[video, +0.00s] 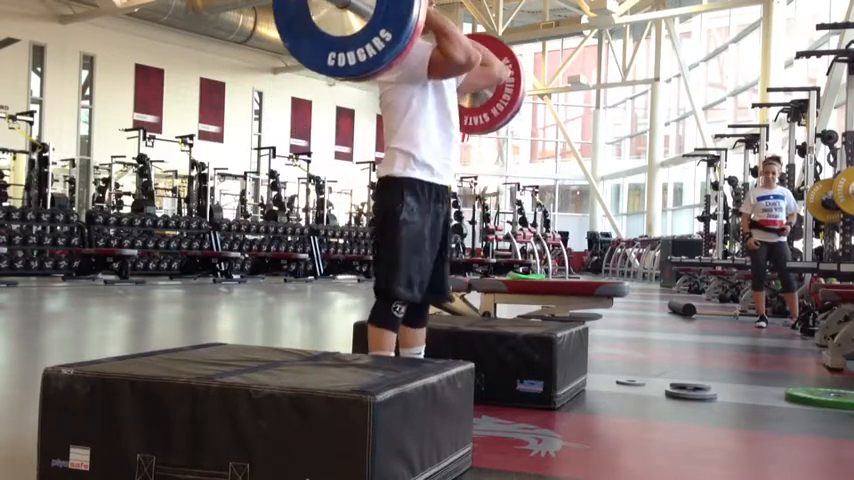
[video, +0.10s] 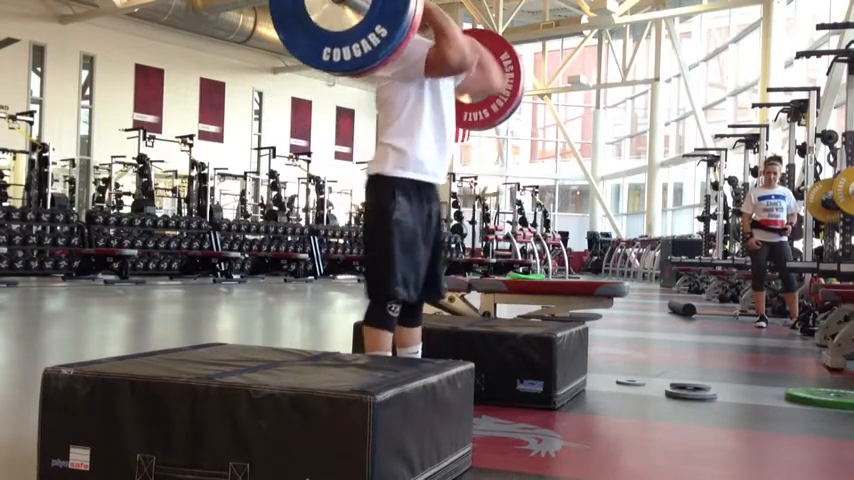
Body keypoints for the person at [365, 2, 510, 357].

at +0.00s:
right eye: (417, 12)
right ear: (405, 18)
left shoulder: (438, 64)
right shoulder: (396, 53)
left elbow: (496, 70)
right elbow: (460, 56)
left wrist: (453, 33)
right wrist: (428, 14)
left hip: (436, 189)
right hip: (405, 186)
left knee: (420, 299)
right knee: (394, 297)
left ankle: (412, 384)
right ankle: (381, 388)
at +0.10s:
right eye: (415, 7)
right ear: (407, 11)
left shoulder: (437, 54)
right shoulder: (393, 45)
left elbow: (494, 80)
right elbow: (456, 57)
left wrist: (454, 30)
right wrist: (430, 9)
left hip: (426, 187)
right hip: (394, 185)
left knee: (414, 299)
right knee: (387, 298)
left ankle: (411, 387)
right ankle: (379, 390)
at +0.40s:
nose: (415, 15)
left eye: (417, 9)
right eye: (408, 6)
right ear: (381, 7)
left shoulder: (399, 65)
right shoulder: (362, 52)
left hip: (396, 196)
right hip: (361, 194)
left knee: (403, 292)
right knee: (367, 299)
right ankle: (373, 386)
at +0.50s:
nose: (398, 24)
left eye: (402, 16)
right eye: (390, 14)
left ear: (403, 20)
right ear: (363, 13)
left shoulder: (381, 70)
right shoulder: (340, 58)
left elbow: (373, 136)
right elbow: (292, 113)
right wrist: (252, 160)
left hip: (375, 189)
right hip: (343, 186)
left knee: (370, 286)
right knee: (358, 291)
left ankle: (323, 365)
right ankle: (373, 384)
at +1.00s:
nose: (281, 19)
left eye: (288, 11)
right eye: (272, 11)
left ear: (298, 18)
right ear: (258, 17)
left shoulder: (314, 74)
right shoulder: (242, 64)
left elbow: (341, 129)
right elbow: (224, 125)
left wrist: (383, 118)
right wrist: (268, 120)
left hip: (305, 196)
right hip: (251, 196)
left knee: (306, 289)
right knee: (230, 294)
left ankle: (313, 373)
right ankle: (227, 371)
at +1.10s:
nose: (249, 18)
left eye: (256, 10)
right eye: (240, 11)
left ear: (269, 17)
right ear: (229, 18)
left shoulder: (293, 75)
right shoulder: (211, 71)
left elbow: (312, 129)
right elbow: (195, 129)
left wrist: (355, 131)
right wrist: (224, 140)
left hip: (280, 198)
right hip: (224, 198)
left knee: (296, 290)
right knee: (207, 293)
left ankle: (309, 372)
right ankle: (214, 376)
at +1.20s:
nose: (212, 15)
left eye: (221, 8)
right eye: (206, 9)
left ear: (242, 16)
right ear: (201, 17)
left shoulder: (266, 73)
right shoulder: (184, 72)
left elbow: (289, 125)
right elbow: (166, 125)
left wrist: (317, 159)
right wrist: (163, 166)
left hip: (254, 199)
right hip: (197, 200)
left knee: (272, 292)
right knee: (194, 294)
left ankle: (287, 372)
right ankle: (212, 375)